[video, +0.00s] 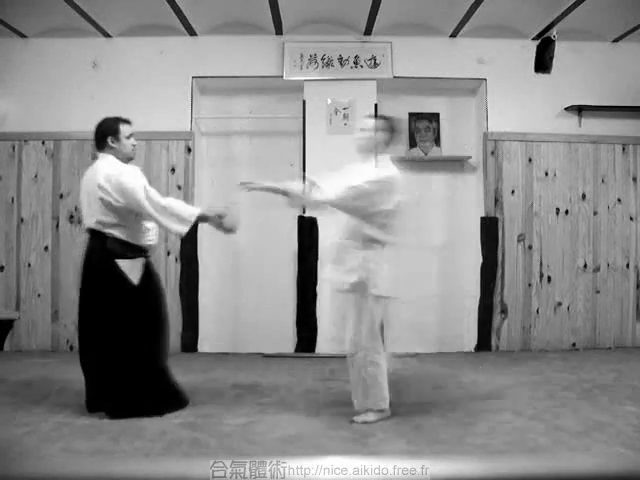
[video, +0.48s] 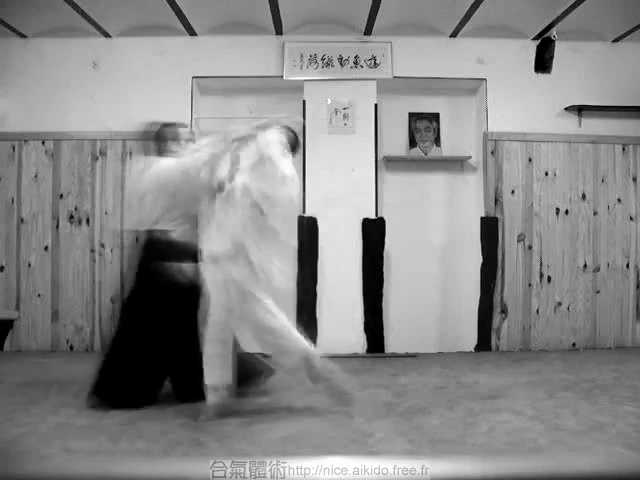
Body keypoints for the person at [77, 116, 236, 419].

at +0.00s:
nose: (135, 143)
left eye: (134, 137)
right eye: (129, 137)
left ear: (108, 143)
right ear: (110, 143)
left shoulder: (94, 171)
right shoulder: (121, 173)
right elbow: (158, 205)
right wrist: (205, 215)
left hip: (99, 253)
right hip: (125, 257)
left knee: (103, 326)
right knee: (144, 324)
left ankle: (103, 397)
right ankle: (143, 395)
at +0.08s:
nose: (138, 143)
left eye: (137, 137)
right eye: (132, 138)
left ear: (113, 143)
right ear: (114, 143)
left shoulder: (104, 170)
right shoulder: (121, 173)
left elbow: (151, 201)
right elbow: (157, 203)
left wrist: (194, 212)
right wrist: (200, 212)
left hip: (109, 253)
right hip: (132, 255)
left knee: (111, 324)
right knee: (149, 323)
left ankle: (110, 393)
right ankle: (150, 392)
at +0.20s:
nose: (146, 143)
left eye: (145, 138)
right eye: (140, 138)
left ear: (123, 143)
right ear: (123, 142)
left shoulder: (120, 169)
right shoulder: (124, 171)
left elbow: (152, 215)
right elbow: (151, 198)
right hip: (134, 255)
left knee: (122, 324)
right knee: (144, 325)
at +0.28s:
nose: (156, 143)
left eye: (156, 138)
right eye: (150, 138)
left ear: (143, 142)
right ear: (132, 143)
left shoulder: (153, 169)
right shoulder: (126, 171)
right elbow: (152, 182)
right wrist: (185, 157)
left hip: (163, 249)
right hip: (138, 250)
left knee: (162, 321)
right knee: (134, 322)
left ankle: (160, 389)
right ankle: (131, 390)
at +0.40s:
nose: (172, 144)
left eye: (172, 139)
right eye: (166, 139)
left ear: (147, 145)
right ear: (147, 144)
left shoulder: (141, 169)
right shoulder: (154, 169)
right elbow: (209, 146)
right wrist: (255, 128)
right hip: (165, 256)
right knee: (175, 325)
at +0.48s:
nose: (186, 147)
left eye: (189, 141)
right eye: (179, 141)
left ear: (192, 144)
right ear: (164, 145)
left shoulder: (193, 171)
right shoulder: (159, 172)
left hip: (191, 253)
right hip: (164, 253)